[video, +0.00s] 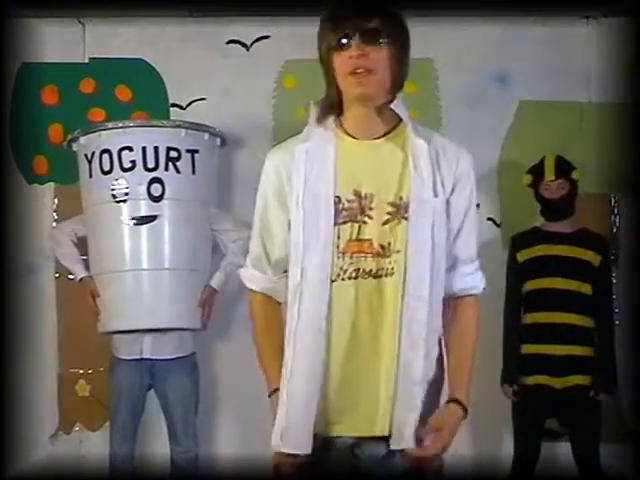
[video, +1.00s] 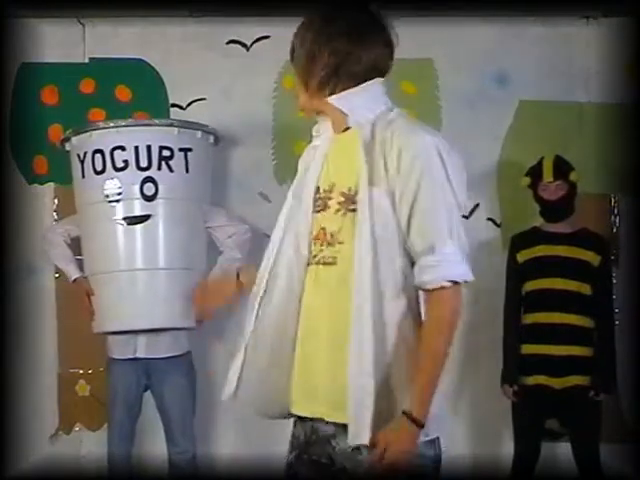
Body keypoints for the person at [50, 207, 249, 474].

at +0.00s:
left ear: (172, 187)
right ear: (129, 189)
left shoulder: (192, 213)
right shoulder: (112, 216)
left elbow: (240, 238)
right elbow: (60, 234)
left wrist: (215, 285)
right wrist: (83, 277)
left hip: (177, 350)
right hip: (126, 351)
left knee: (185, 449)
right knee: (120, 450)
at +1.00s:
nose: (143, 193)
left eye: (151, 187)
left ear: (163, 184)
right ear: (124, 187)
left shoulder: (187, 211)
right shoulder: (106, 216)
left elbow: (239, 235)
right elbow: (54, 233)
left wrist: (214, 286)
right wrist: (77, 278)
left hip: (172, 349)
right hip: (121, 351)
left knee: (182, 450)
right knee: (118, 451)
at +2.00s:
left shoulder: (189, 210)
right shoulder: (109, 213)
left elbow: (258, 214)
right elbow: (53, 232)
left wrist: (236, 193)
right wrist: (77, 274)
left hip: (175, 337)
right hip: (124, 339)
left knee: (182, 433)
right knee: (123, 428)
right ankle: (118, 479)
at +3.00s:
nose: (136, 193)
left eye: (145, 186)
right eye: (129, 186)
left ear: (159, 187)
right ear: (118, 187)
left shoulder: (178, 214)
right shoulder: (105, 216)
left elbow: (228, 221)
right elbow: (53, 229)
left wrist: (228, 180)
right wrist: (75, 274)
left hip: (172, 342)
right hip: (122, 344)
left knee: (181, 432)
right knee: (121, 432)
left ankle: (184, 477)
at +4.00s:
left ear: (165, 191)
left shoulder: (182, 222)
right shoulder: (107, 217)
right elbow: (59, 228)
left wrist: (209, 291)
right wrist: (77, 274)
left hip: (171, 350)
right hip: (120, 351)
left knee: (181, 448)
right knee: (118, 449)